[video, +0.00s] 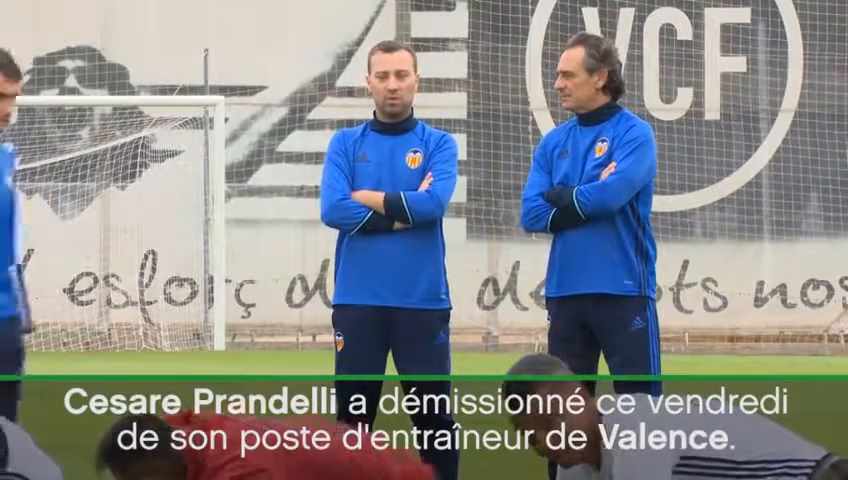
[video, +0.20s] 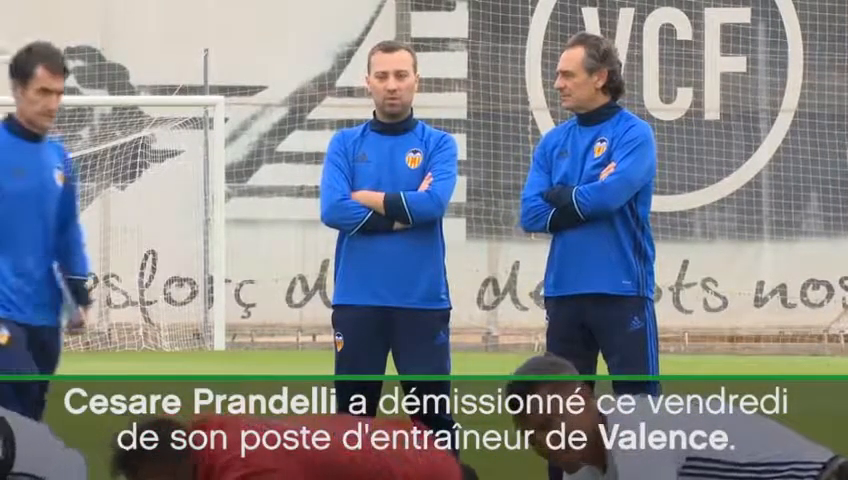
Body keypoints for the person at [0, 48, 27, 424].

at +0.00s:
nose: (9, 109)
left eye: (13, 98)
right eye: (4, 97)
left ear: (18, 97)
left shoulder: (9, 158)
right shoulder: (7, 159)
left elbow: (12, 250)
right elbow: (11, 254)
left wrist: (20, 312)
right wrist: (16, 313)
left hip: (8, 316)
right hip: (5, 316)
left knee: (6, 425)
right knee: (5, 425)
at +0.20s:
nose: (53, 103)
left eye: (59, 93)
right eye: (43, 92)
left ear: (64, 94)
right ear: (17, 89)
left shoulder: (57, 154)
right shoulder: (4, 145)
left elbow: (67, 228)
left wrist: (81, 292)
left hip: (45, 313)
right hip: (5, 312)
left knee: (28, 421)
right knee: (19, 419)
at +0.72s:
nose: (174, 97)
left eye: (182, 87)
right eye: (165, 84)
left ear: (186, 89)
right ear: (139, 85)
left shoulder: (185, 149)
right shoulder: (111, 152)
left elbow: (196, 231)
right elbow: (87, 234)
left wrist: (204, 297)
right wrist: (105, 301)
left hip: (189, 313)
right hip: (130, 318)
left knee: (206, 421)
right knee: (117, 433)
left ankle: (202, 478)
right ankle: (112, 478)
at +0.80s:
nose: (197, 99)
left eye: (203, 89)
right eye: (187, 87)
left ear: (208, 92)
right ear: (162, 88)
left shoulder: (207, 153)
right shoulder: (132, 155)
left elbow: (216, 235)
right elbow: (109, 236)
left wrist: (228, 296)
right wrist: (137, 297)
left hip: (210, 319)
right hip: (148, 323)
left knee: (225, 430)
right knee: (130, 438)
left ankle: (225, 479)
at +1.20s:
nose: (324, 101)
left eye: (331, 91)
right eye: (315, 89)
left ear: (336, 90)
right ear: (287, 84)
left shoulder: (333, 154)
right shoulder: (250, 148)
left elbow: (345, 231)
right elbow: (217, 226)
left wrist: (361, 297)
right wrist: (218, 303)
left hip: (324, 311)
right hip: (269, 313)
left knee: (324, 423)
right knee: (293, 423)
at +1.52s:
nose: (401, 112)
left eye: (408, 101)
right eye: (391, 100)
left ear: (416, 95)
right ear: (364, 93)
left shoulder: (415, 158)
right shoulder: (330, 160)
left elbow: (428, 237)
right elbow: (299, 241)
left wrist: (439, 303)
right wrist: (291, 320)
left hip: (412, 318)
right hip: (352, 319)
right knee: (365, 442)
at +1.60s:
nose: (419, 108)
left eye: (425, 97)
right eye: (409, 96)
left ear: (433, 92)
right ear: (378, 88)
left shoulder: (439, 147)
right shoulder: (347, 148)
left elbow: (445, 224)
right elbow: (321, 232)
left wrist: (453, 294)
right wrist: (321, 316)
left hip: (427, 320)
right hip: (366, 323)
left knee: (437, 443)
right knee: (365, 446)